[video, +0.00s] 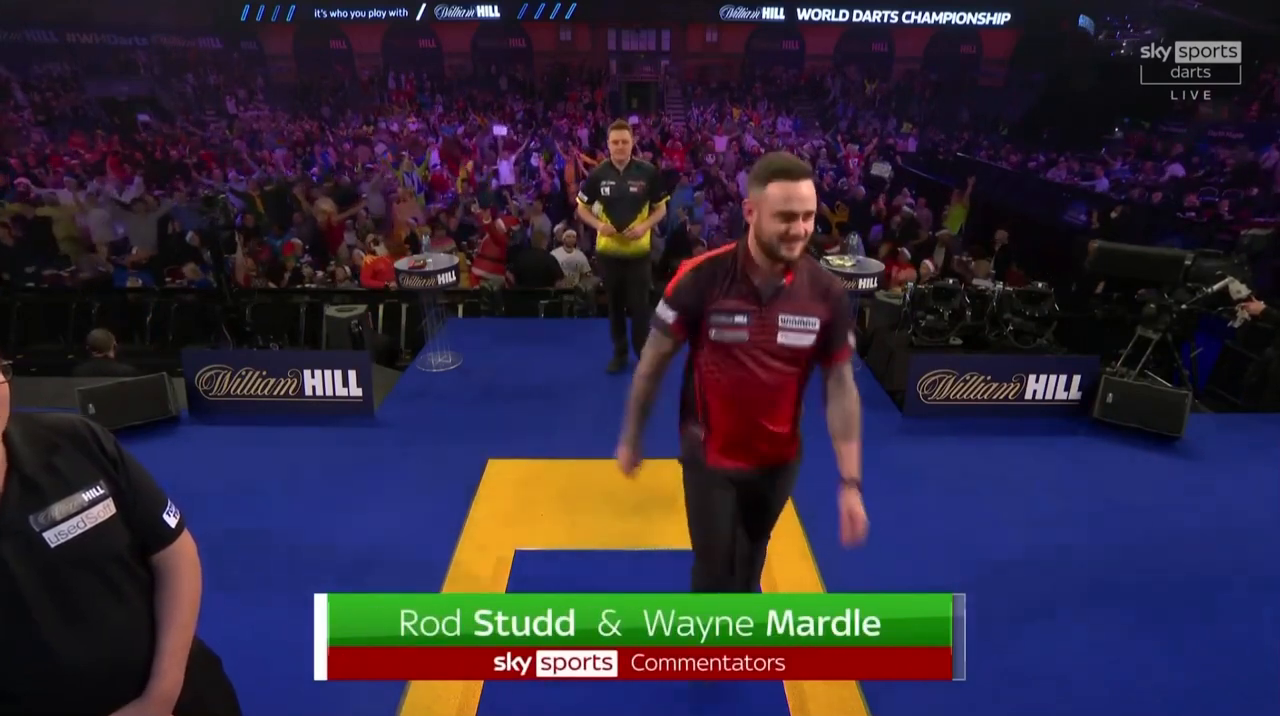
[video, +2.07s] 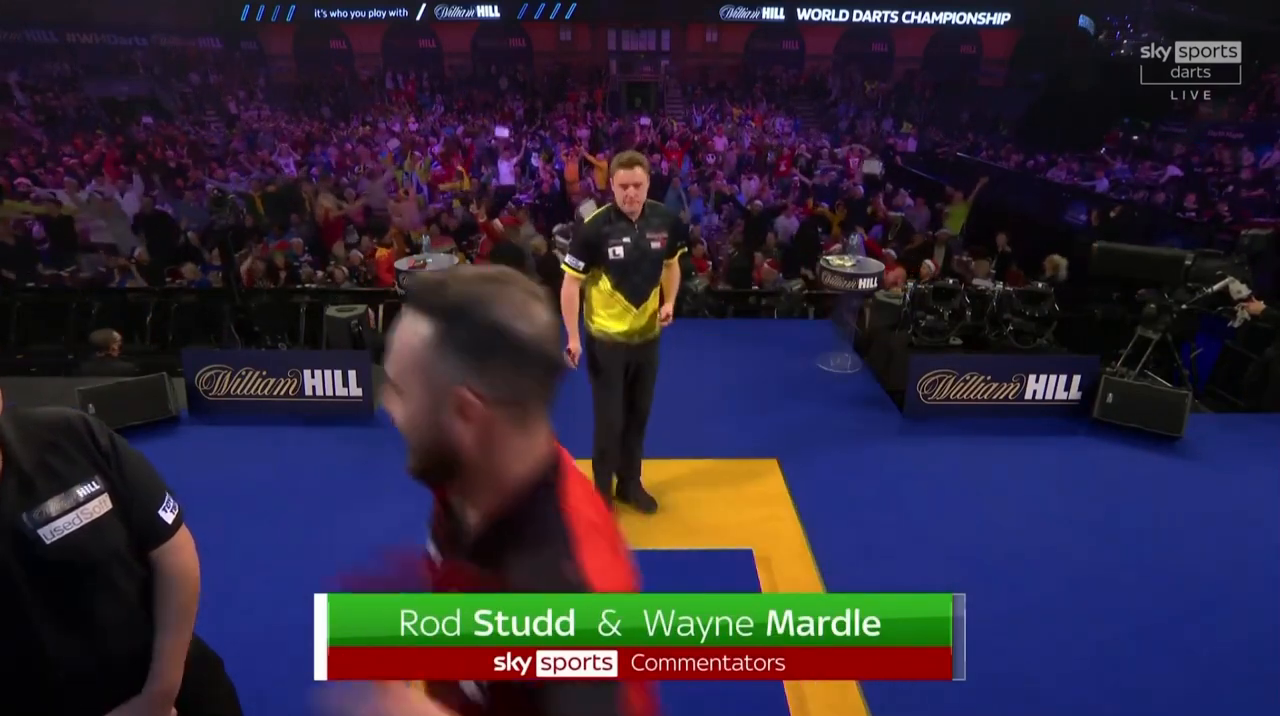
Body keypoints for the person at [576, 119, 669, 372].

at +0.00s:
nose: (619, 147)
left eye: (624, 142)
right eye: (614, 142)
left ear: (632, 143)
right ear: (608, 145)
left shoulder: (649, 173)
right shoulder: (598, 174)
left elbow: (661, 207)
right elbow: (581, 208)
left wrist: (644, 225)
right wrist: (598, 224)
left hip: (638, 251)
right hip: (609, 252)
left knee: (640, 306)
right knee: (615, 307)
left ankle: (642, 354)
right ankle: (619, 354)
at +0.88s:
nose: (632, 174)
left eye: (636, 168)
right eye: (626, 168)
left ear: (645, 163)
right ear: (618, 164)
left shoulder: (663, 191)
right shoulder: (605, 191)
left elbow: (675, 229)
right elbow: (586, 228)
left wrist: (654, 250)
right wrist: (611, 251)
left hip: (647, 276)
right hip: (612, 275)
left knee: (643, 337)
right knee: (610, 337)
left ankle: (641, 389)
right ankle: (615, 388)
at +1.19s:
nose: (621, 190)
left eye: (626, 183)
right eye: (616, 184)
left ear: (636, 176)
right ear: (606, 179)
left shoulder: (656, 202)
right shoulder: (594, 207)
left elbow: (670, 244)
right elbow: (575, 248)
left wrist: (647, 267)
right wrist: (607, 272)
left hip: (642, 292)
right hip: (606, 293)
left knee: (640, 350)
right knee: (607, 367)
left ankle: (640, 391)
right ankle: (603, 440)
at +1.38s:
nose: (615, 196)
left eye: (620, 189)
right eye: (609, 190)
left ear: (630, 180)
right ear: (599, 182)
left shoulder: (649, 203)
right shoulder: (585, 209)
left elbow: (660, 244)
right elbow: (561, 252)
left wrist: (646, 276)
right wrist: (590, 285)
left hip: (635, 304)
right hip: (596, 306)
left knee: (641, 367)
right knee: (600, 377)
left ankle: (633, 397)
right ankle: (603, 444)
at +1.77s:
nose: (621, 207)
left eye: (627, 200)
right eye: (615, 200)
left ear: (637, 189)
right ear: (603, 190)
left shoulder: (652, 214)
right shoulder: (585, 223)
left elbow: (659, 256)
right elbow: (560, 271)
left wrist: (651, 296)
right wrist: (565, 320)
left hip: (638, 317)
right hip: (595, 320)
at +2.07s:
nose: (631, 193)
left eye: (637, 185)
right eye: (624, 186)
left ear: (648, 185)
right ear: (612, 186)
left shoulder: (667, 221)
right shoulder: (593, 229)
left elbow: (672, 264)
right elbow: (571, 282)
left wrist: (669, 301)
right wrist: (573, 336)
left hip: (647, 337)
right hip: (606, 339)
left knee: (638, 416)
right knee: (610, 419)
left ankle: (630, 483)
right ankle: (603, 493)